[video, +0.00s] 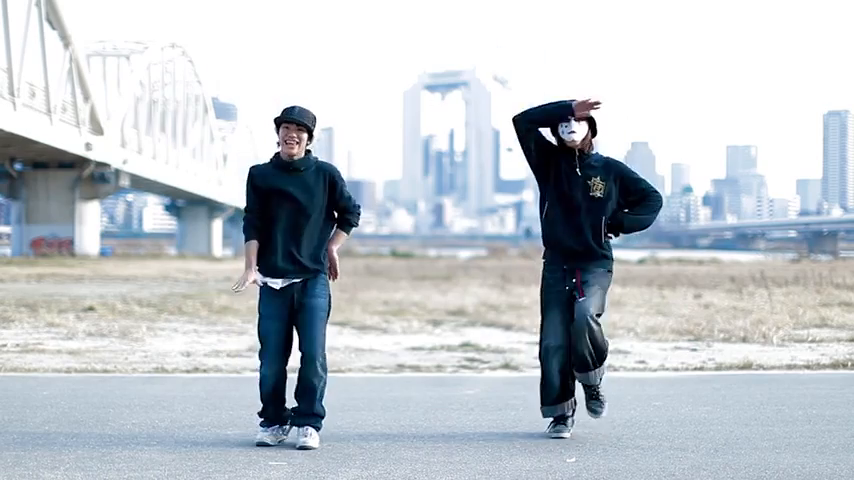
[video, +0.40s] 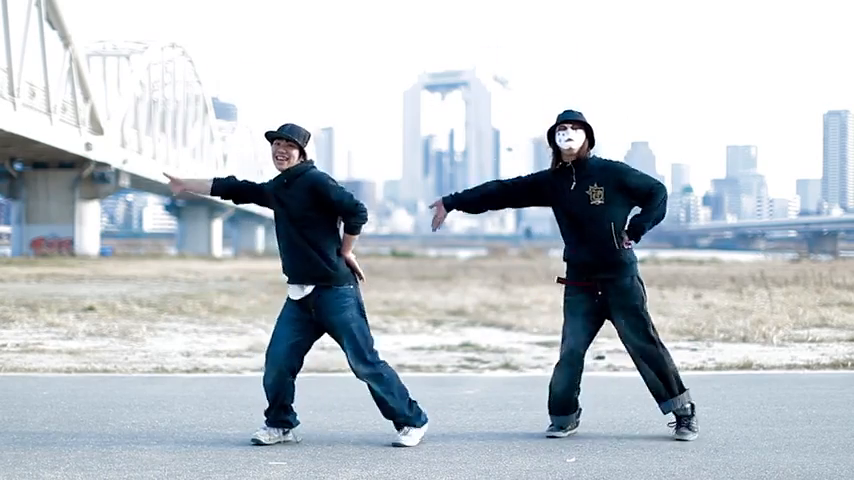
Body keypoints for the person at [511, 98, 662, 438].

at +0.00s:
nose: (569, 128)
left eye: (576, 123)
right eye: (564, 124)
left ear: (589, 130)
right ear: (558, 130)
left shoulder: (609, 169)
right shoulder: (549, 162)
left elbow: (652, 199)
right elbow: (522, 123)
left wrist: (620, 222)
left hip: (595, 262)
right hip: (556, 261)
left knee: (584, 316)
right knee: (552, 340)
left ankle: (591, 380)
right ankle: (560, 412)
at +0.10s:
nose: (563, 131)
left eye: (570, 126)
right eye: (558, 127)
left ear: (584, 132)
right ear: (551, 135)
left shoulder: (606, 170)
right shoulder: (549, 167)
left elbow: (653, 194)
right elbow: (529, 120)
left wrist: (627, 227)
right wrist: (530, 65)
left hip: (602, 254)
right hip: (563, 260)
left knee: (588, 282)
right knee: (564, 337)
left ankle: (604, 346)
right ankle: (561, 413)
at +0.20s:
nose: (561, 125)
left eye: (567, 120)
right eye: (555, 122)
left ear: (582, 126)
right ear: (549, 130)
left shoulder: (606, 160)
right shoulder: (548, 163)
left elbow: (654, 180)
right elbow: (511, 131)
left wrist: (630, 215)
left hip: (610, 250)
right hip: (573, 258)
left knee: (602, 301)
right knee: (571, 336)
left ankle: (634, 356)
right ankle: (564, 413)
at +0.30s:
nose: (561, 124)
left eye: (567, 119)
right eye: (555, 121)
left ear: (580, 126)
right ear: (548, 131)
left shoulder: (607, 157)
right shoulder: (546, 166)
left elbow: (656, 174)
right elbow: (497, 158)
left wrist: (633, 213)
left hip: (616, 257)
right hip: (579, 261)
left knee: (628, 335)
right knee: (573, 339)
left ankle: (665, 389)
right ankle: (566, 414)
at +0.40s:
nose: (568, 134)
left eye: (575, 129)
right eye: (561, 130)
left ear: (587, 137)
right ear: (554, 139)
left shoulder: (610, 172)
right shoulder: (551, 181)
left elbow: (656, 192)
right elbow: (503, 191)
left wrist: (634, 231)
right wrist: (451, 202)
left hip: (620, 276)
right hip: (580, 280)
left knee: (644, 345)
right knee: (571, 348)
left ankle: (682, 410)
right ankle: (564, 416)